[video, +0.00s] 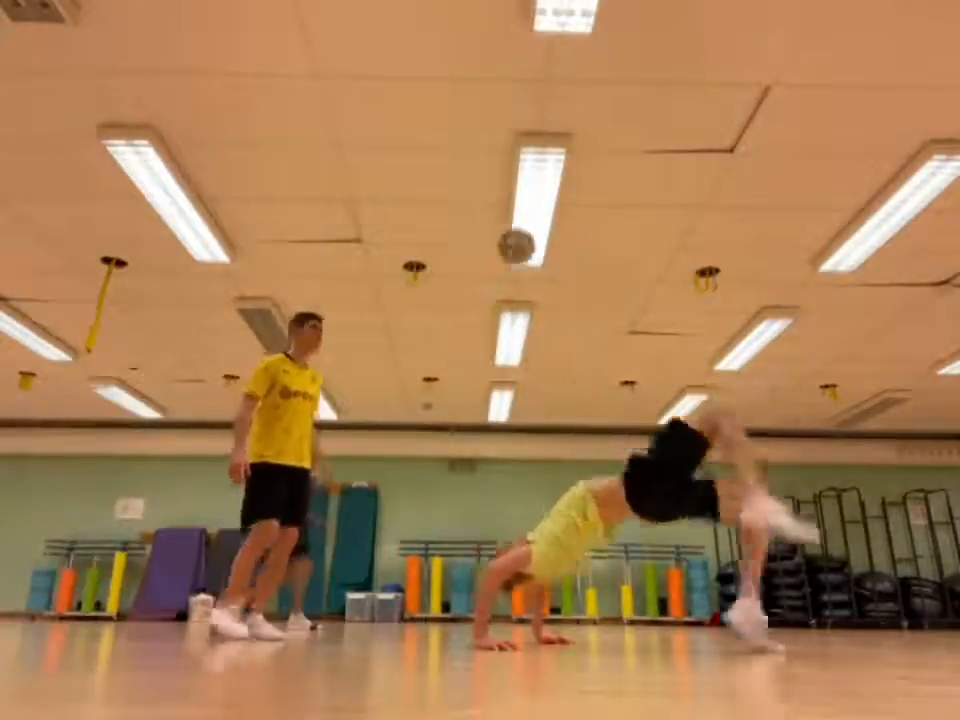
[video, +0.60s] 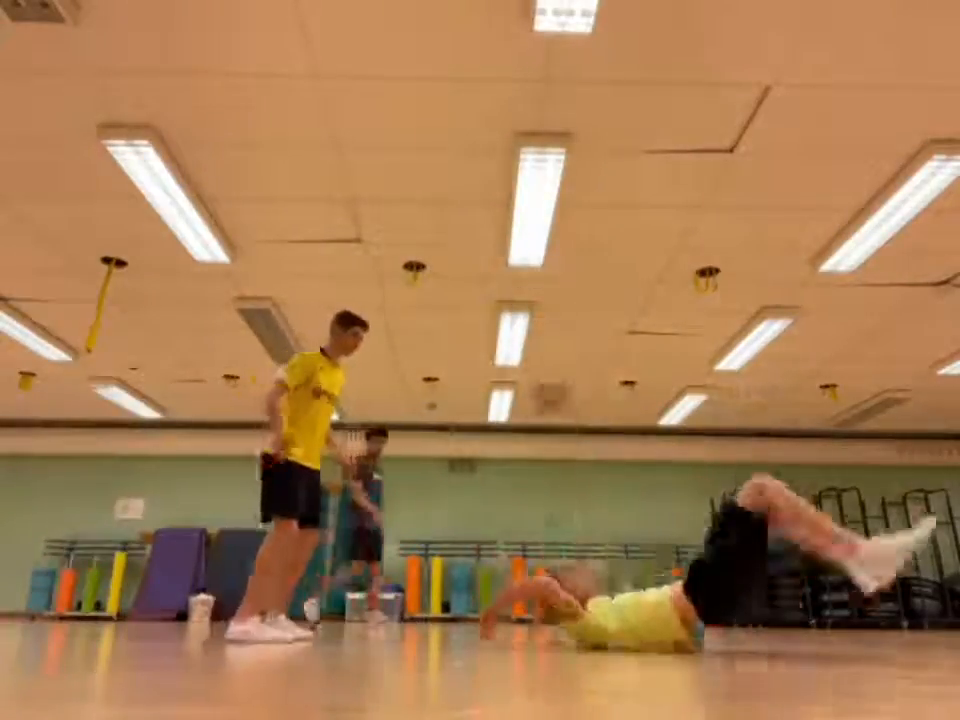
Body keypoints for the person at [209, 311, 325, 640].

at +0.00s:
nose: (319, 336)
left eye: (320, 331)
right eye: (313, 329)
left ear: (317, 339)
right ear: (295, 332)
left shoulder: (313, 378)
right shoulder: (272, 367)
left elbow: (309, 423)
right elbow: (246, 408)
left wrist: (314, 458)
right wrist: (238, 453)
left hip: (298, 463)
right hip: (267, 460)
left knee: (287, 537)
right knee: (264, 532)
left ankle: (256, 613)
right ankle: (228, 608)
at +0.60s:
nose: (357, 344)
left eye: (361, 339)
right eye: (354, 337)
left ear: (357, 341)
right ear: (337, 332)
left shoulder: (338, 375)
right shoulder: (307, 361)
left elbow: (319, 423)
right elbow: (274, 396)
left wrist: (340, 452)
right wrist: (276, 434)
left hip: (310, 464)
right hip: (286, 458)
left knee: (309, 535)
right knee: (285, 529)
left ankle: (274, 615)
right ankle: (245, 618)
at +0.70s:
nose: (358, 346)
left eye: (362, 340)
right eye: (355, 338)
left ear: (361, 345)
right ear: (338, 335)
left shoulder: (341, 380)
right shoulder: (317, 362)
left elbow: (328, 428)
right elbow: (293, 400)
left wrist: (338, 468)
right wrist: (305, 435)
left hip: (307, 463)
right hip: (284, 457)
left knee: (314, 537)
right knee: (295, 531)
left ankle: (274, 614)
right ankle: (249, 615)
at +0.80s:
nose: (359, 348)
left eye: (362, 343)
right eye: (353, 342)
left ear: (361, 349)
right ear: (336, 345)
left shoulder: (348, 387)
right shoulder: (323, 374)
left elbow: (345, 424)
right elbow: (319, 402)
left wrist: (362, 452)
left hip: (304, 465)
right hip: (286, 462)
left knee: (309, 545)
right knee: (317, 531)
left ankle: (275, 615)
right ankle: (260, 603)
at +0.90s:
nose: (364, 342)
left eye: (366, 337)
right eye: (358, 335)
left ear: (365, 340)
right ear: (341, 338)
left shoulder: (350, 384)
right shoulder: (334, 365)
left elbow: (372, 411)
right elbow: (370, 361)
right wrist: (405, 342)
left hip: (312, 462)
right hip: (298, 457)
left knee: (313, 543)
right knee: (322, 527)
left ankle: (278, 617)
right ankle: (252, 596)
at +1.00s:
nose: (376, 326)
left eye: (375, 321)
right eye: (371, 320)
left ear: (354, 321)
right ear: (358, 320)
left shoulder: (359, 350)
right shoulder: (352, 339)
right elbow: (393, 303)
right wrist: (402, 278)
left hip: (342, 449)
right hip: (329, 446)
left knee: (339, 539)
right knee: (314, 532)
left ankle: (279, 611)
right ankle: (234, 610)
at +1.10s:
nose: (403, 295)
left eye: (404, 289)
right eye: (398, 290)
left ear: (371, 303)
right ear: (384, 295)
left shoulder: (359, 337)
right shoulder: (379, 318)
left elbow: (339, 366)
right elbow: (398, 286)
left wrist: (328, 375)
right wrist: (392, 273)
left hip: (373, 431)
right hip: (365, 428)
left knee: (371, 530)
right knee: (344, 523)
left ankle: (315, 585)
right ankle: (265, 586)